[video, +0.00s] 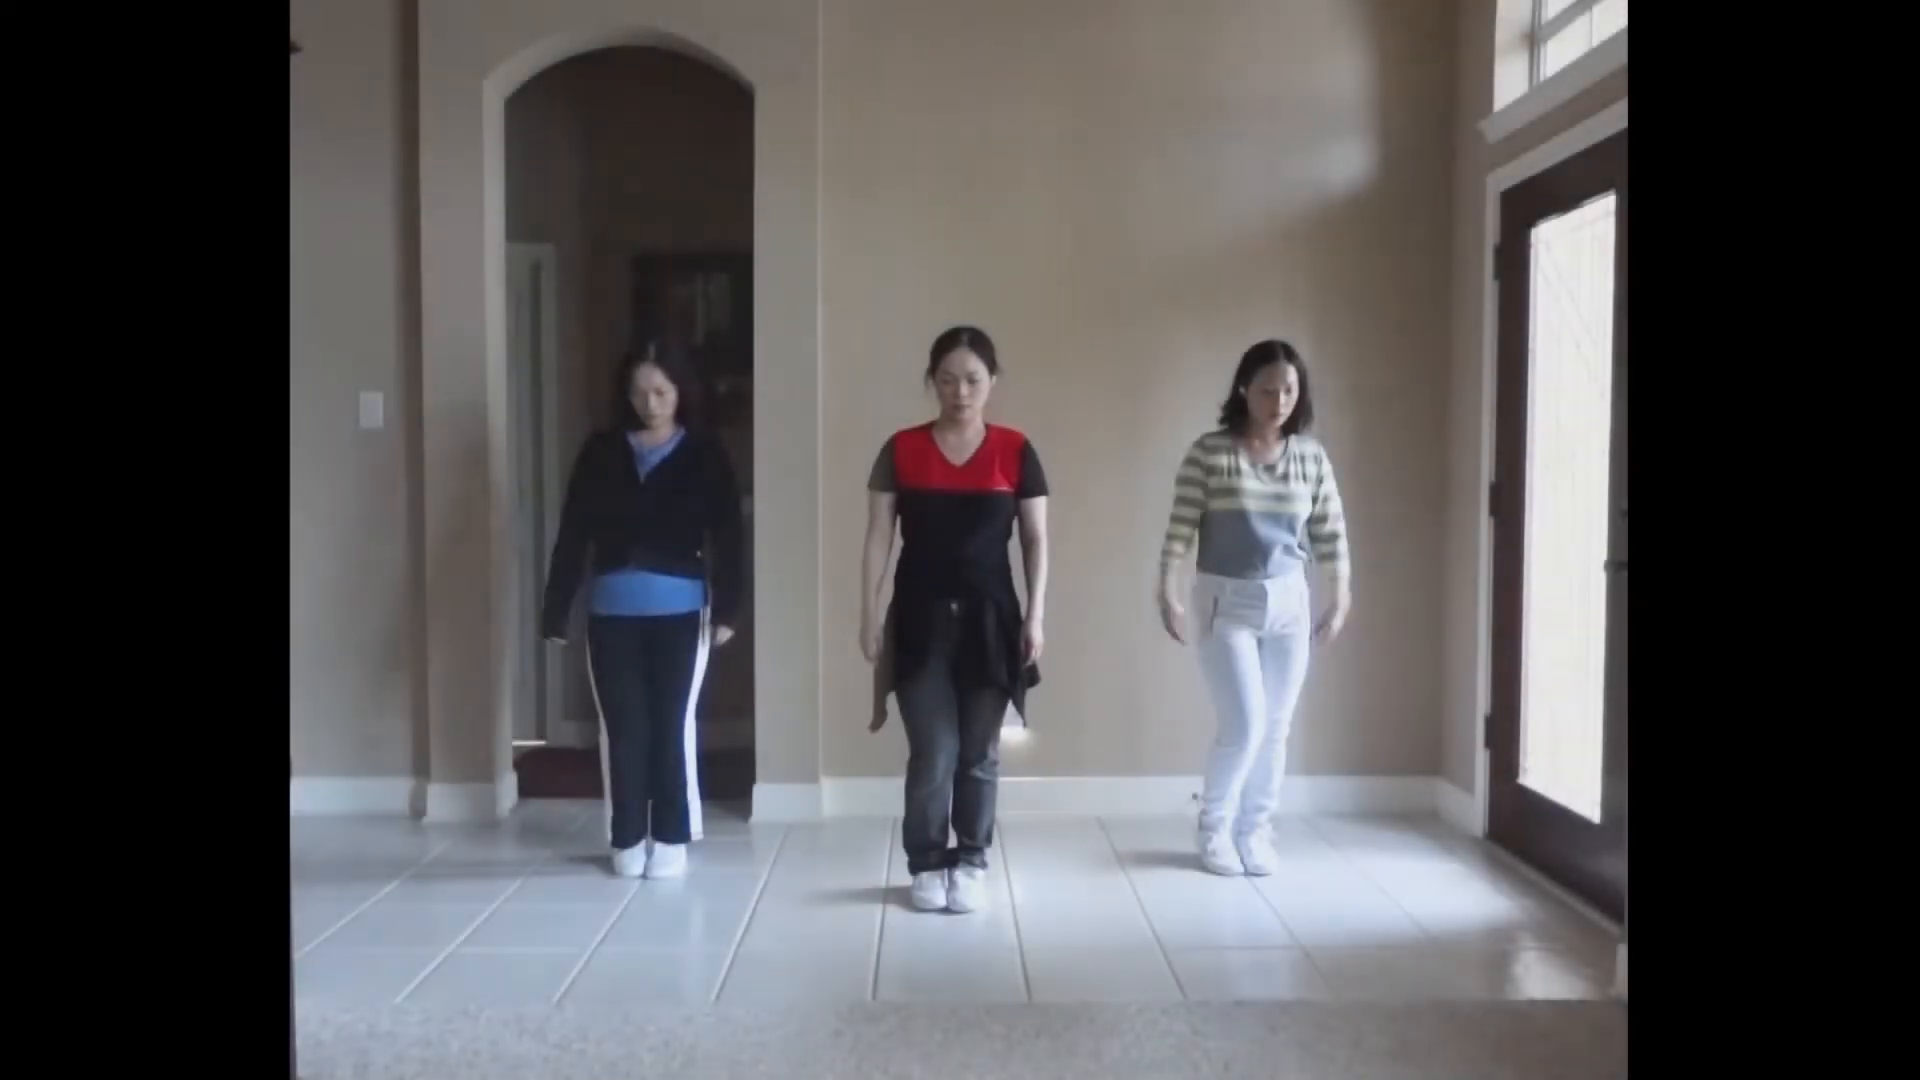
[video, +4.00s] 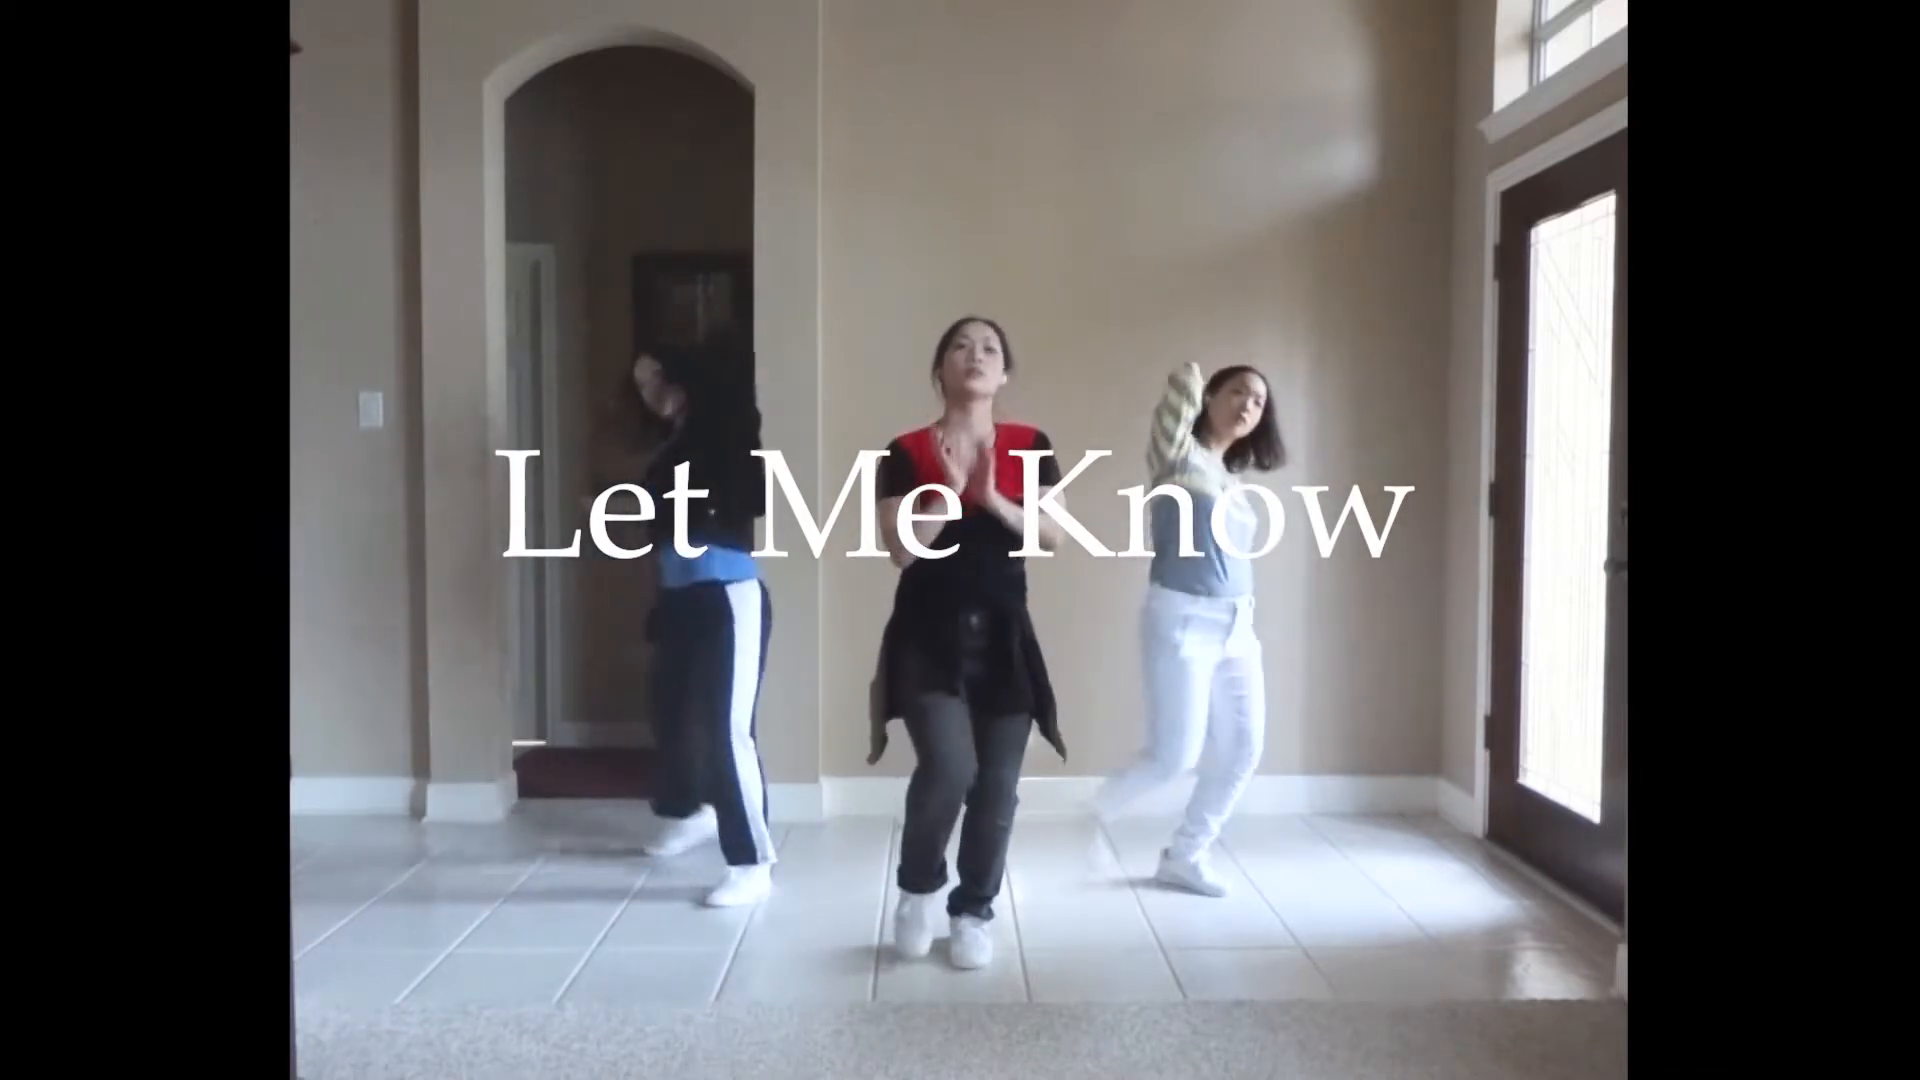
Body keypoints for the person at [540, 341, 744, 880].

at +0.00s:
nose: (651, 400)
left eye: (661, 390)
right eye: (642, 391)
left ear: (679, 393)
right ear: (629, 394)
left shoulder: (704, 453)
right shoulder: (602, 451)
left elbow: (727, 533)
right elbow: (573, 532)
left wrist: (729, 608)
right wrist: (557, 609)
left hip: (680, 613)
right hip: (612, 613)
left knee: (669, 726)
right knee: (625, 729)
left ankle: (670, 840)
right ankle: (628, 842)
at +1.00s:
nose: (636, 378)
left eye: (648, 369)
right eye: (628, 370)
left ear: (665, 379)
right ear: (616, 380)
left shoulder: (683, 427)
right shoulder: (597, 429)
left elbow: (706, 369)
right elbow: (573, 377)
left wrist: (657, 346)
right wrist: (609, 335)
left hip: (668, 582)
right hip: (613, 582)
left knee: (663, 702)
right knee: (628, 704)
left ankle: (685, 823)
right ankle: (643, 817)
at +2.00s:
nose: (650, 425)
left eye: (658, 415)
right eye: (641, 417)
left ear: (676, 416)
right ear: (630, 422)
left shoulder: (694, 465)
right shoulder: (609, 468)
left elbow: (695, 534)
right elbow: (595, 523)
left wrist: (648, 530)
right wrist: (616, 541)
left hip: (669, 592)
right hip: (613, 591)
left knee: (651, 696)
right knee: (612, 698)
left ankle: (679, 817)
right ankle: (641, 820)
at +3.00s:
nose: (648, 439)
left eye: (657, 429)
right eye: (638, 431)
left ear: (674, 431)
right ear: (628, 436)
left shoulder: (693, 478)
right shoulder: (609, 480)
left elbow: (691, 541)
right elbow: (597, 539)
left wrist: (654, 578)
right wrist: (625, 575)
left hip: (671, 592)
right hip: (613, 593)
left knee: (645, 692)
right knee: (605, 696)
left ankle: (675, 816)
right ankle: (641, 819)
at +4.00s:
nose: (651, 397)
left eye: (656, 385)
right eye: (644, 389)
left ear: (682, 380)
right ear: (649, 394)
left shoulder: (723, 432)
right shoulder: (672, 443)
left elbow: (746, 513)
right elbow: (662, 520)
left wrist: (684, 505)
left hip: (730, 592)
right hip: (681, 591)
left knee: (728, 727)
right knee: (672, 707)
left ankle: (752, 864)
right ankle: (685, 812)